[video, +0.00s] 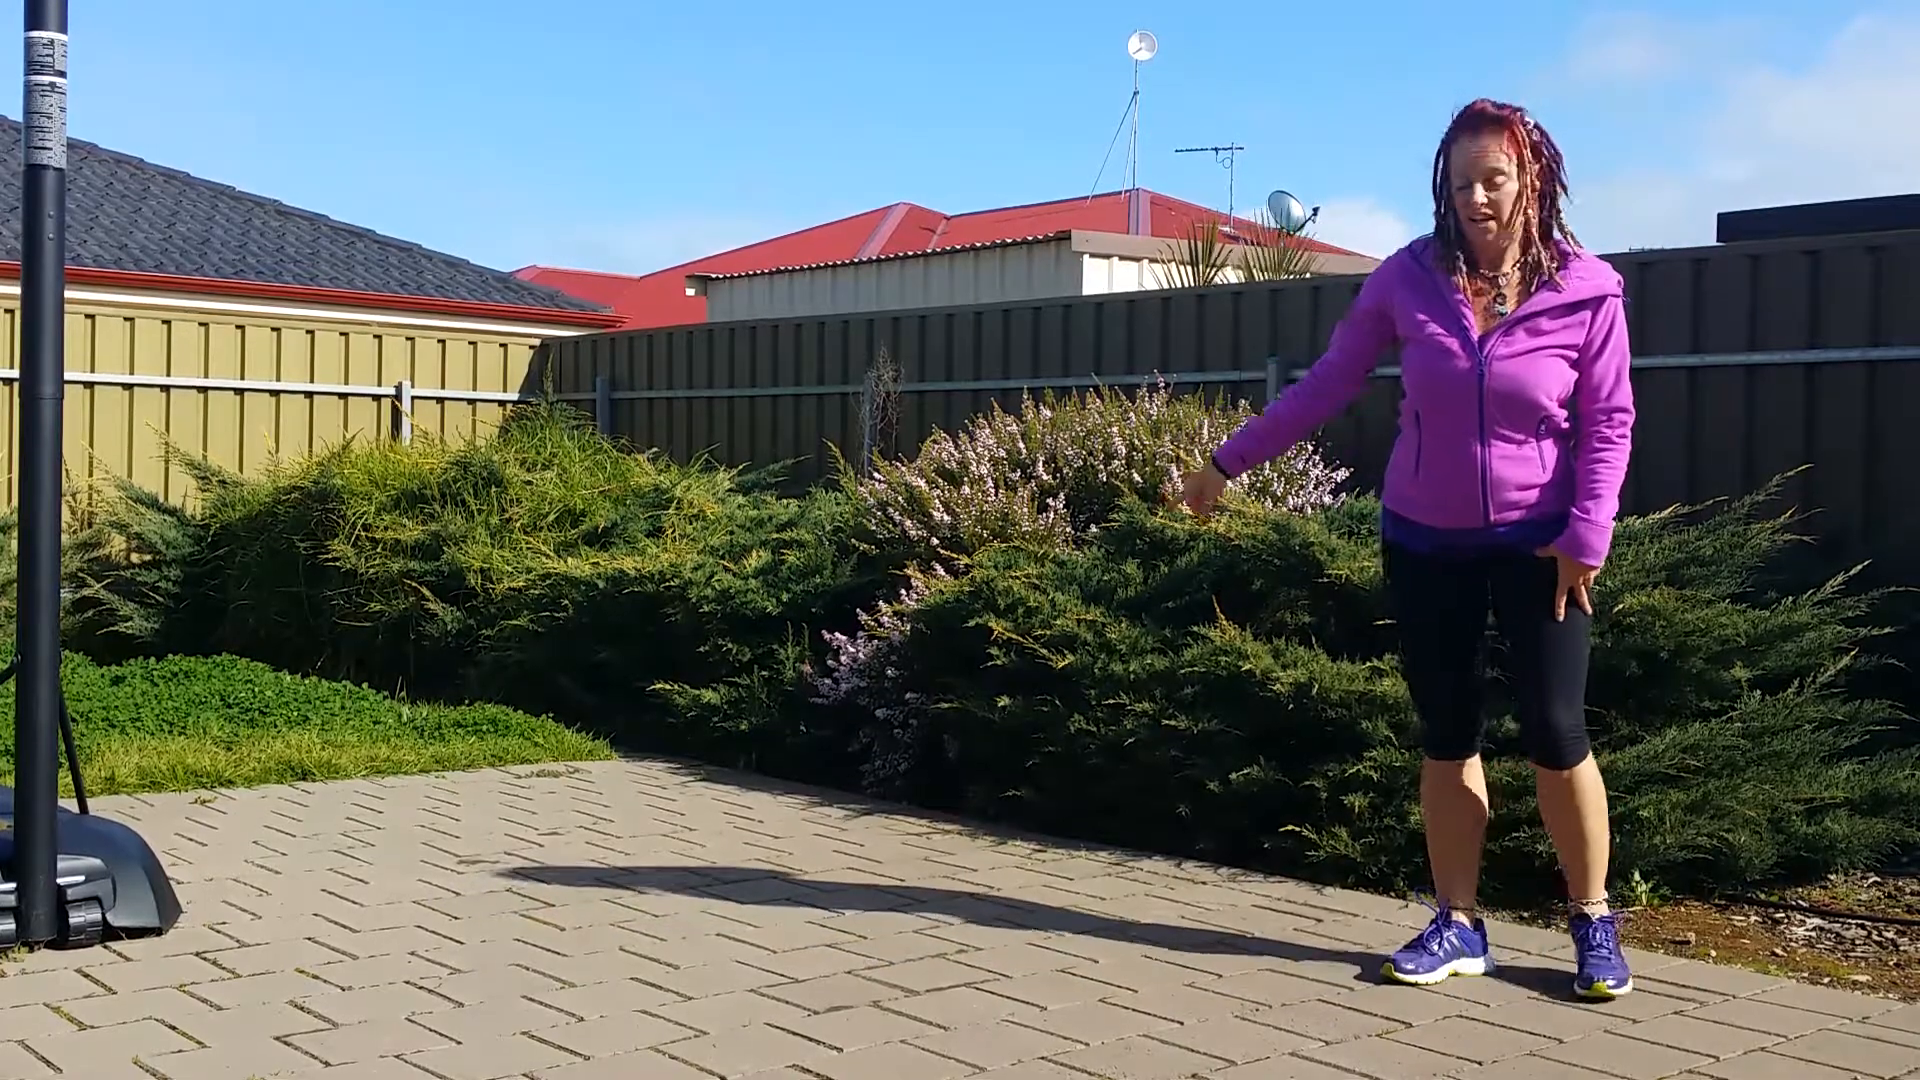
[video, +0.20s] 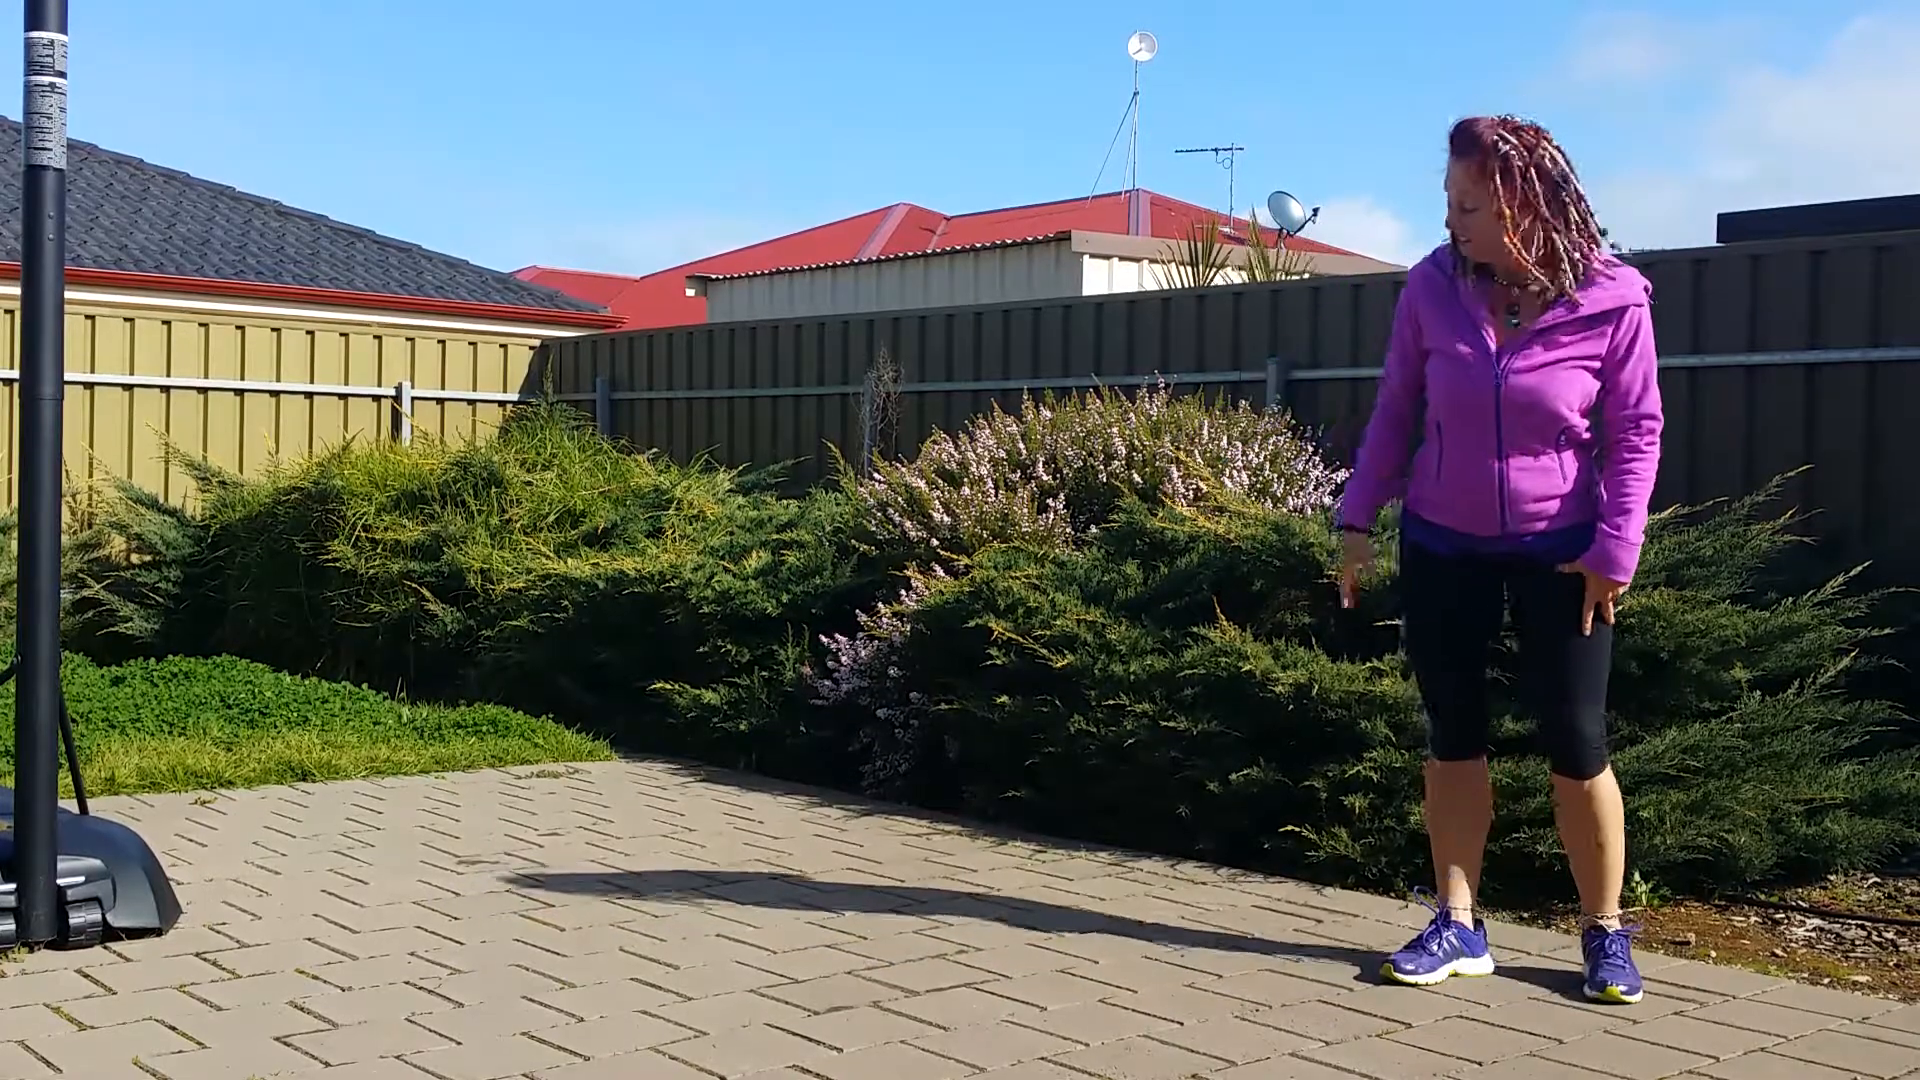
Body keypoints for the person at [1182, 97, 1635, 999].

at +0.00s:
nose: (1478, 198)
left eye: (1496, 179)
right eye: (1462, 182)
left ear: (1532, 183)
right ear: (1444, 186)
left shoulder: (1588, 286)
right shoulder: (1405, 278)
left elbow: (1608, 422)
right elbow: (1327, 383)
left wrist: (1587, 533)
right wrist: (1225, 461)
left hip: (1543, 539)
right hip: (1426, 540)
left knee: (1556, 735)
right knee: (1448, 736)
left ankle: (1594, 922)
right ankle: (1458, 922)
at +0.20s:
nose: (1450, 217)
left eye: (1465, 204)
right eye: (1450, 201)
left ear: (1523, 206)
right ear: (1479, 203)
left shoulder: (1614, 296)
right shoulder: (1431, 286)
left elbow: (1636, 431)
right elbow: (1395, 408)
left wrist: (1615, 543)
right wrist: (1358, 519)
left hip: (1564, 548)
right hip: (1444, 545)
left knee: (1577, 744)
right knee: (1453, 734)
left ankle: (1605, 935)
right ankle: (1456, 924)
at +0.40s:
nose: (1443, 242)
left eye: (1456, 227)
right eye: (1441, 226)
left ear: (1516, 221)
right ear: (1474, 220)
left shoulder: (1622, 302)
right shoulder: (1437, 301)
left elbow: (1671, 426)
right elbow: (1414, 423)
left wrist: (1671, 548)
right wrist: (1394, 530)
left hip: (1581, 542)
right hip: (1463, 535)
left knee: (1587, 742)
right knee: (1409, 705)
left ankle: (1605, 934)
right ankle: (1376, 902)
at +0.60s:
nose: (1408, 299)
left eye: (1422, 281)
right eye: (1405, 280)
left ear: (1480, 274)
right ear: (1425, 271)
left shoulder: (1591, 345)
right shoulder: (1412, 350)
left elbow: (1656, 460)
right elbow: (1390, 461)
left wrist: (1675, 579)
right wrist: (1351, 557)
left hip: (1559, 576)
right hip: (1442, 562)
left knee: (1575, 760)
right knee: (1326, 690)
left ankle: (1604, 935)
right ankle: (1200, 842)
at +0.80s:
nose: (1303, 340)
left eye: (1315, 324)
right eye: (1302, 324)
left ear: (1373, 322)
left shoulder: (1480, 393)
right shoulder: (1317, 392)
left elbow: (1557, 501)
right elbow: (1310, 478)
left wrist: (1590, 618)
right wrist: (1266, 561)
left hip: (1468, 599)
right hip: (1356, 589)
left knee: (1517, 766)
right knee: (1225, 691)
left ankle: (1597, 932)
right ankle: (1179, 862)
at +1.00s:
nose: (1175, 300)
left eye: (1189, 287)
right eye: (1171, 286)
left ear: (1238, 287)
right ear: (1173, 285)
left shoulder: (1330, 356)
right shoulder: (1174, 354)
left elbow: (1398, 458)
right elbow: (1162, 447)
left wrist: (1440, 558)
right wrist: (1144, 532)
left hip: (1324, 555)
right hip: (1218, 558)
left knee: (1374, 711)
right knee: (1149, 701)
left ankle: (1443, 893)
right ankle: (1185, 875)